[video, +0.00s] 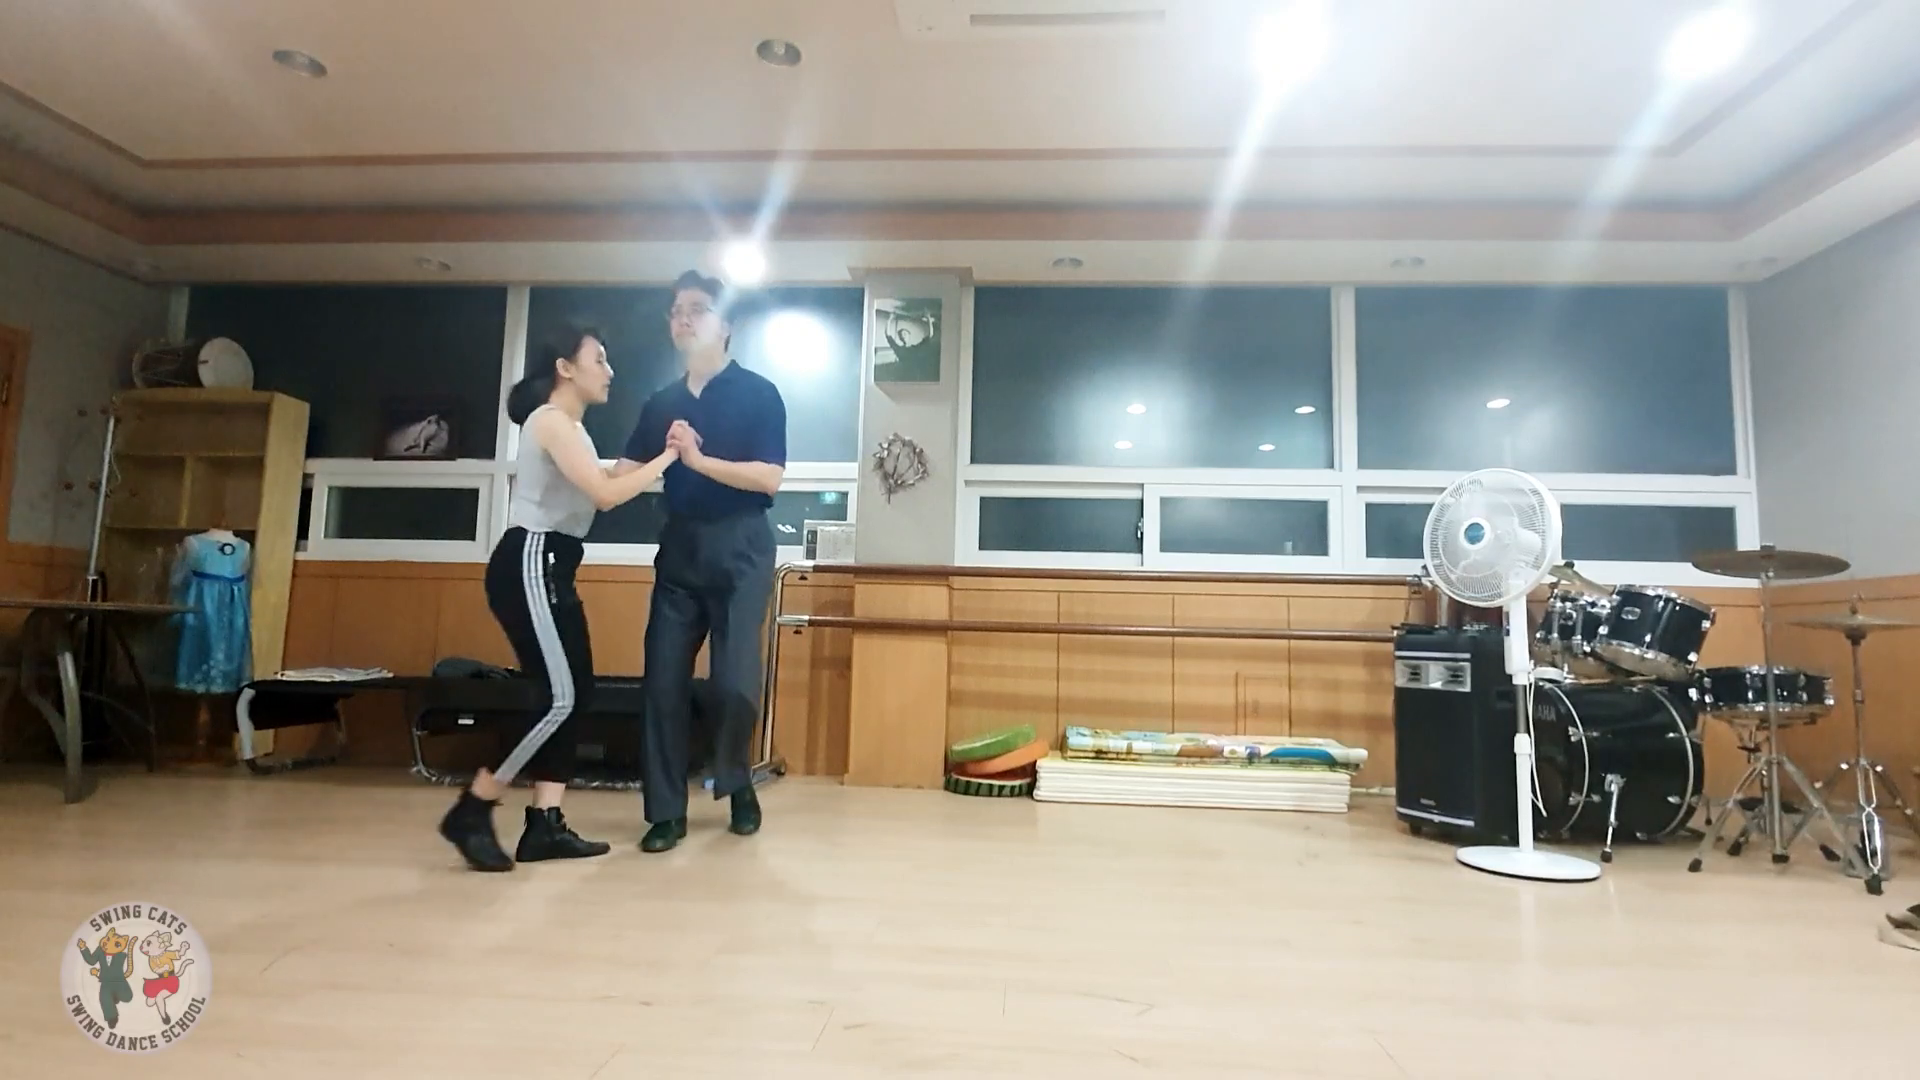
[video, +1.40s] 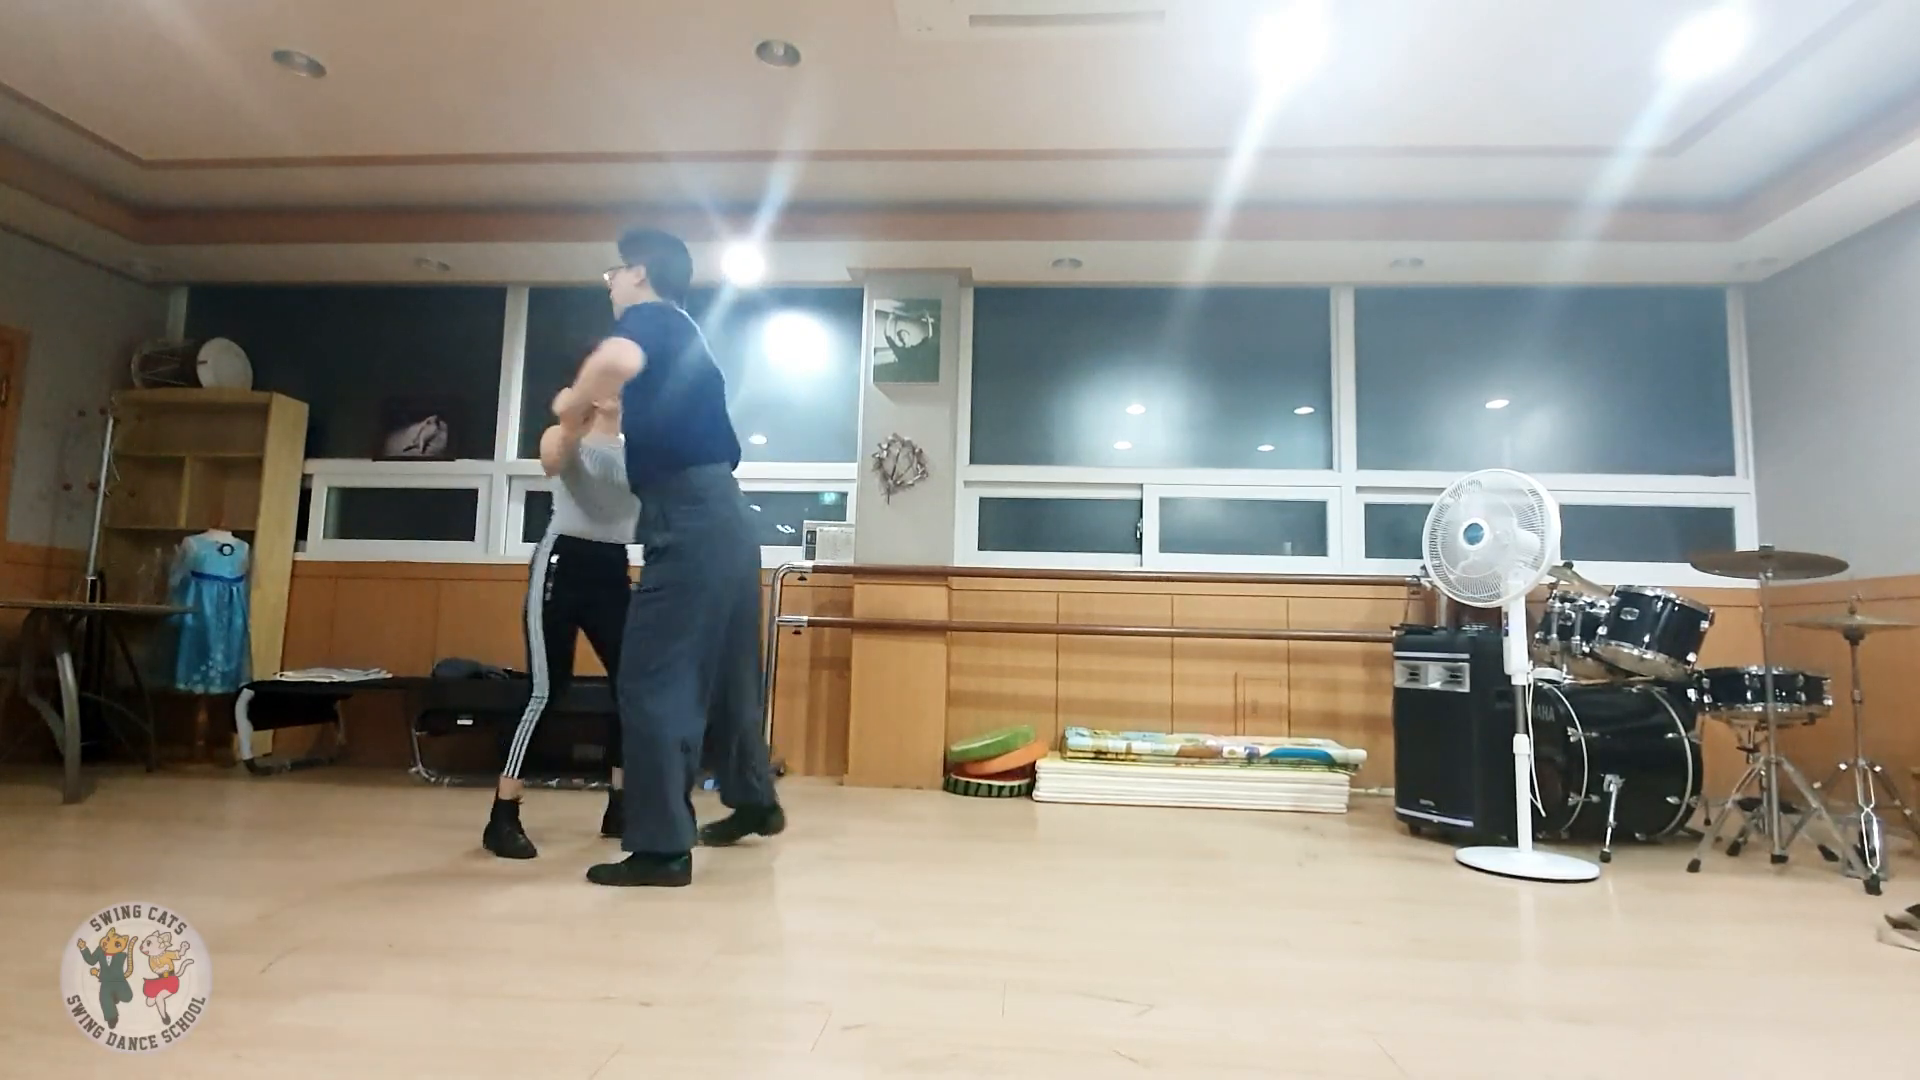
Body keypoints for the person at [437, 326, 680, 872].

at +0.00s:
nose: (610, 371)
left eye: (607, 361)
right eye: (599, 361)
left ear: (571, 373)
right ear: (565, 370)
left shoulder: (568, 426)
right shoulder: (553, 422)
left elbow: (596, 488)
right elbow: (605, 493)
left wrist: (633, 470)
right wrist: (664, 463)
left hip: (553, 564)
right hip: (529, 562)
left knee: (575, 693)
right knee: (560, 698)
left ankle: (545, 826)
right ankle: (471, 809)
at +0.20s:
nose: (584, 375)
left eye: (583, 364)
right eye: (572, 364)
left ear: (549, 374)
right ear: (536, 371)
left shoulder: (554, 436)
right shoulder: (514, 422)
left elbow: (566, 510)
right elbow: (579, 488)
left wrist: (617, 475)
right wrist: (641, 465)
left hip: (516, 571)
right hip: (477, 564)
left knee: (559, 688)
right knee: (483, 700)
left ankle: (544, 826)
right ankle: (432, 826)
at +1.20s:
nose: (595, 381)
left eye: (600, 375)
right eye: (582, 371)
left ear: (605, 390)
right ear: (554, 381)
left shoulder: (603, 455)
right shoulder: (531, 429)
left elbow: (637, 515)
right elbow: (560, 465)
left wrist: (674, 464)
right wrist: (620, 445)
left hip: (561, 574)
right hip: (513, 566)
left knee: (601, 674)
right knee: (518, 688)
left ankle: (574, 800)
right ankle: (498, 815)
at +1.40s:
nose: (611, 382)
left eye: (616, 371)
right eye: (600, 371)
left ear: (627, 381)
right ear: (581, 382)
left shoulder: (642, 437)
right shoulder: (565, 434)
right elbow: (555, 463)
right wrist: (575, 421)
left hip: (611, 569)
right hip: (560, 564)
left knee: (632, 686)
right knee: (547, 688)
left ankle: (622, 805)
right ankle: (504, 815)